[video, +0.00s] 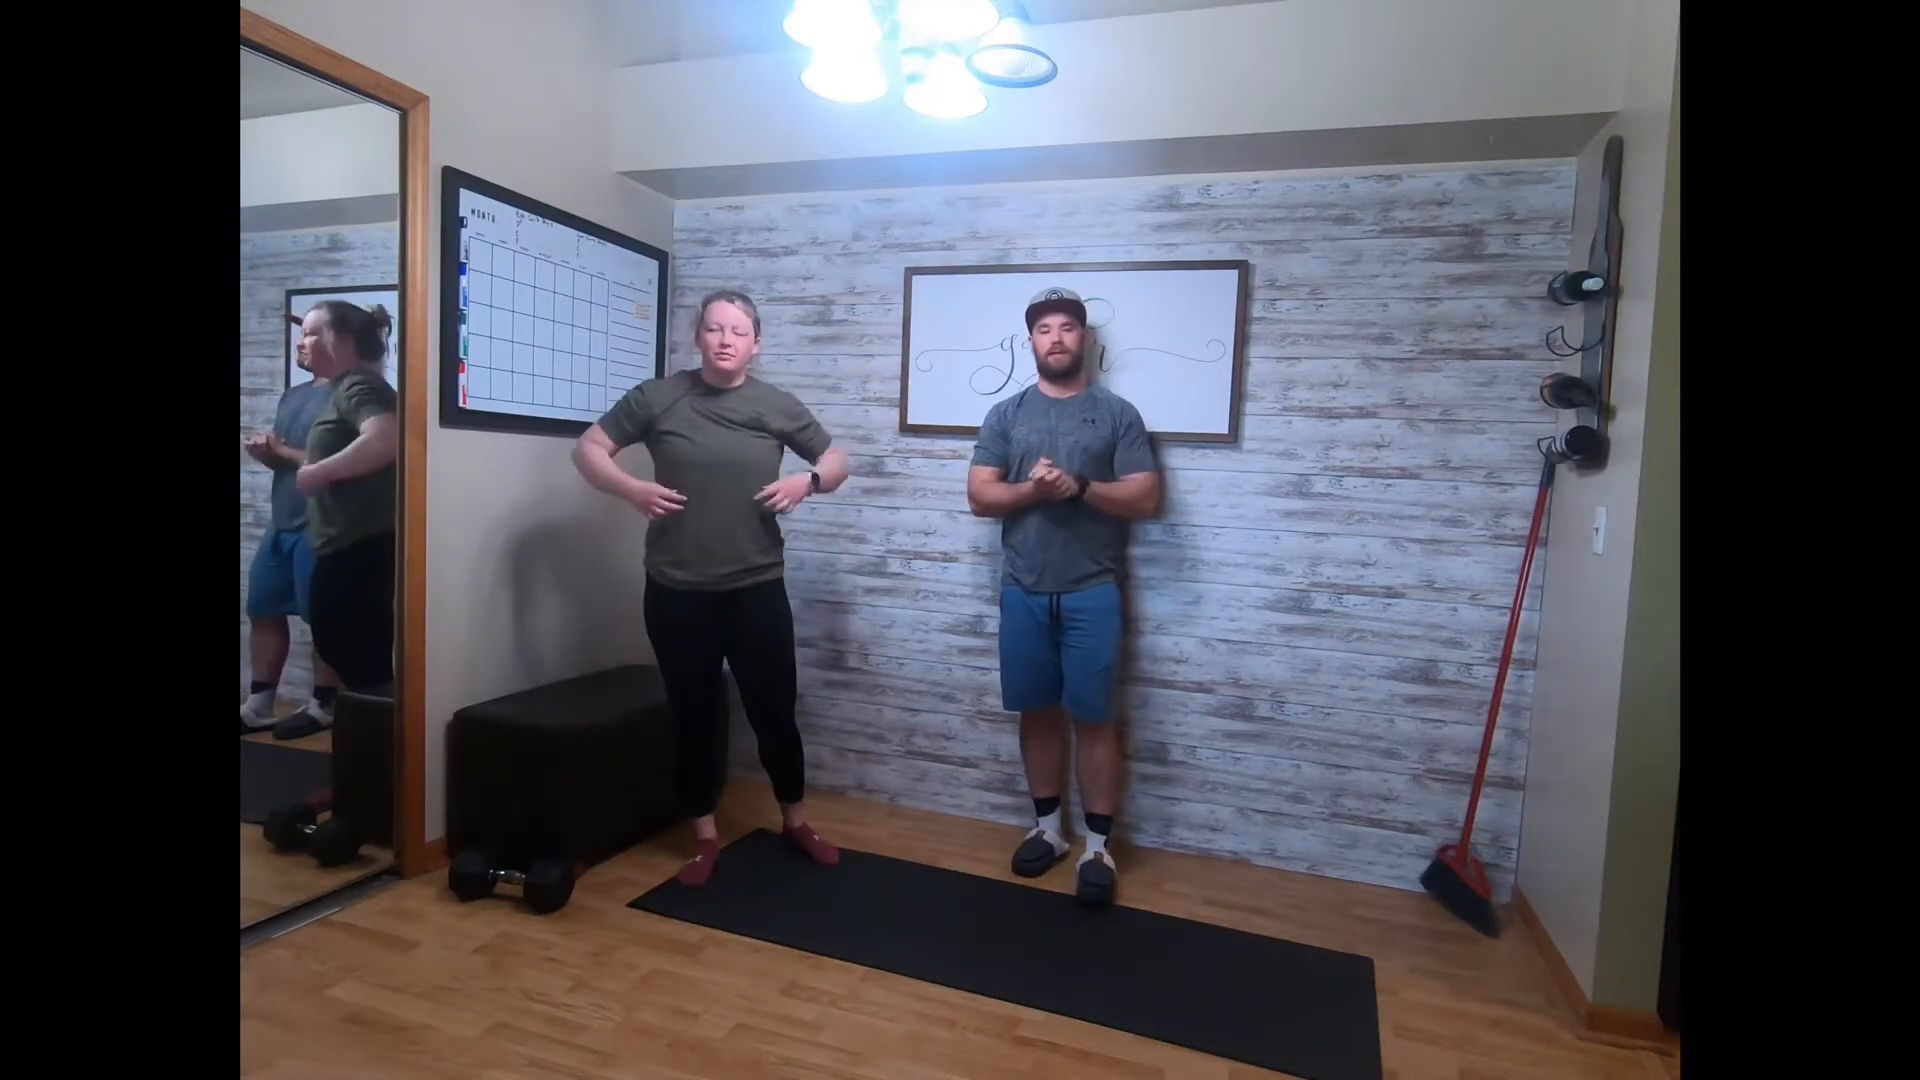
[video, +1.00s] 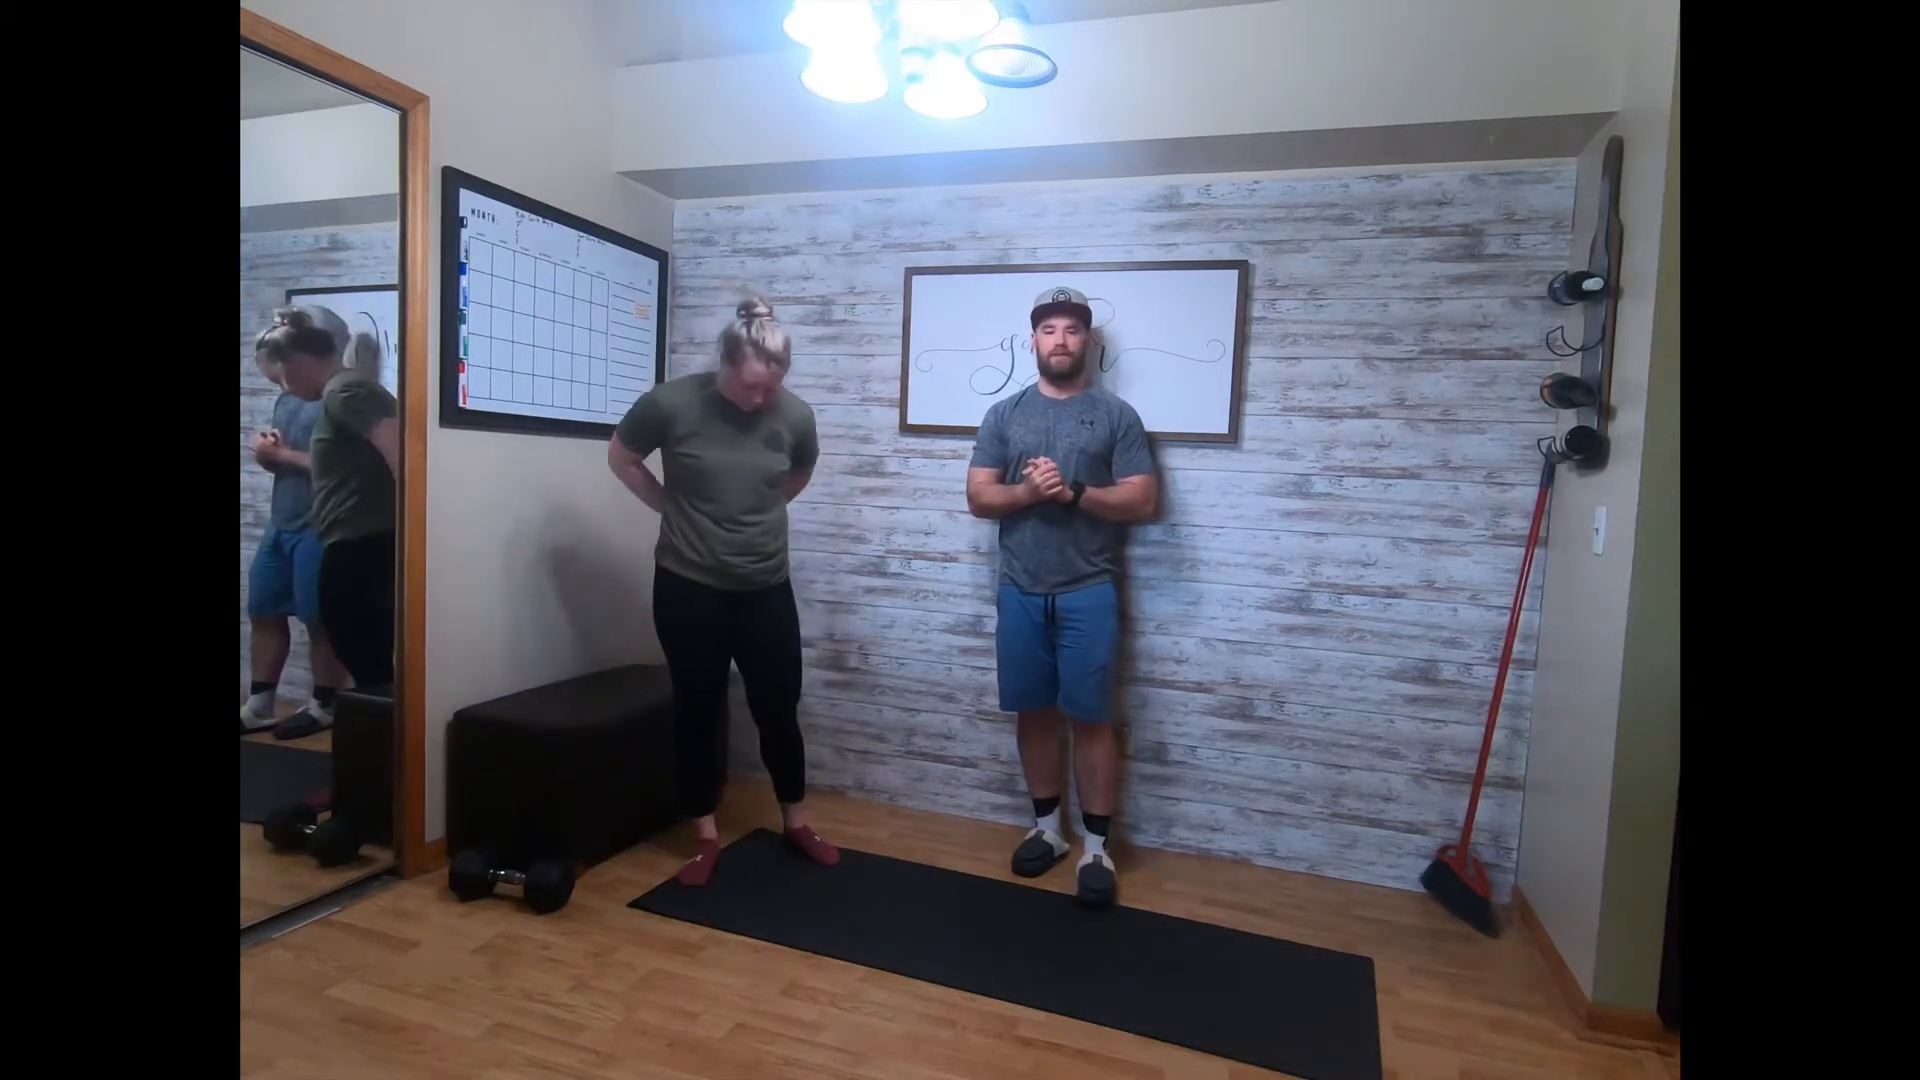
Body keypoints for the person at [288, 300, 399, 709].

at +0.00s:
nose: (304, 344)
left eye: (311, 335)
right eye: (304, 335)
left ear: (341, 339)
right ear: (343, 340)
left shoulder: (360, 385)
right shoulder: (344, 389)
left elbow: (384, 440)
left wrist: (321, 472)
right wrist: (287, 454)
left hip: (362, 547)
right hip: (345, 546)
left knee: (358, 657)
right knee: (350, 653)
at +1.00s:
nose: (287, 390)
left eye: (283, 378)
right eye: (280, 382)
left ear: (299, 359)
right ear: (312, 354)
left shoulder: (346, 391)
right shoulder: (342, 394)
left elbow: (401, 450)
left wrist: (417, 518)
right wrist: (284, 452)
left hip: (362, 547)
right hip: (356, 544)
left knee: (367, 661)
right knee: (368, 660)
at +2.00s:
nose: (287, 367)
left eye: (287, 356)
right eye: (284, 358)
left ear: (308, 347)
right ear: (320, 345)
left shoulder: (346, 396)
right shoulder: (360, 390)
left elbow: (368, 477)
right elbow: (376, 473)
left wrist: (410, 511)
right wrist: (412, 508)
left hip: (350, 543)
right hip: (361, 540)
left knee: (357, 654)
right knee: (360, 652)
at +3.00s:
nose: (303, 342)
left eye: (312, 334)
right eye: (304, 334)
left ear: (342, 341)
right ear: (345, 344)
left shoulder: (367, 399)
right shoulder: (345, 399)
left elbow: (398, 493)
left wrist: (422, 555)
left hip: (355, 550)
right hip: (338, 548)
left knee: (355, 665)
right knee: (349, 663)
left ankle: (370, 769)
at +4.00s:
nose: (306, 343)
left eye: (313, 335)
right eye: (308, 335)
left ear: (338, 344)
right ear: (345, 345)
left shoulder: (348, 396)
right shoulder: (380, 391)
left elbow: (373, 484)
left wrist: (421, 517)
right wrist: (422, 515)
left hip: (350, 545)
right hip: (373, 540)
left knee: (357, 658)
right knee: (366, 655)